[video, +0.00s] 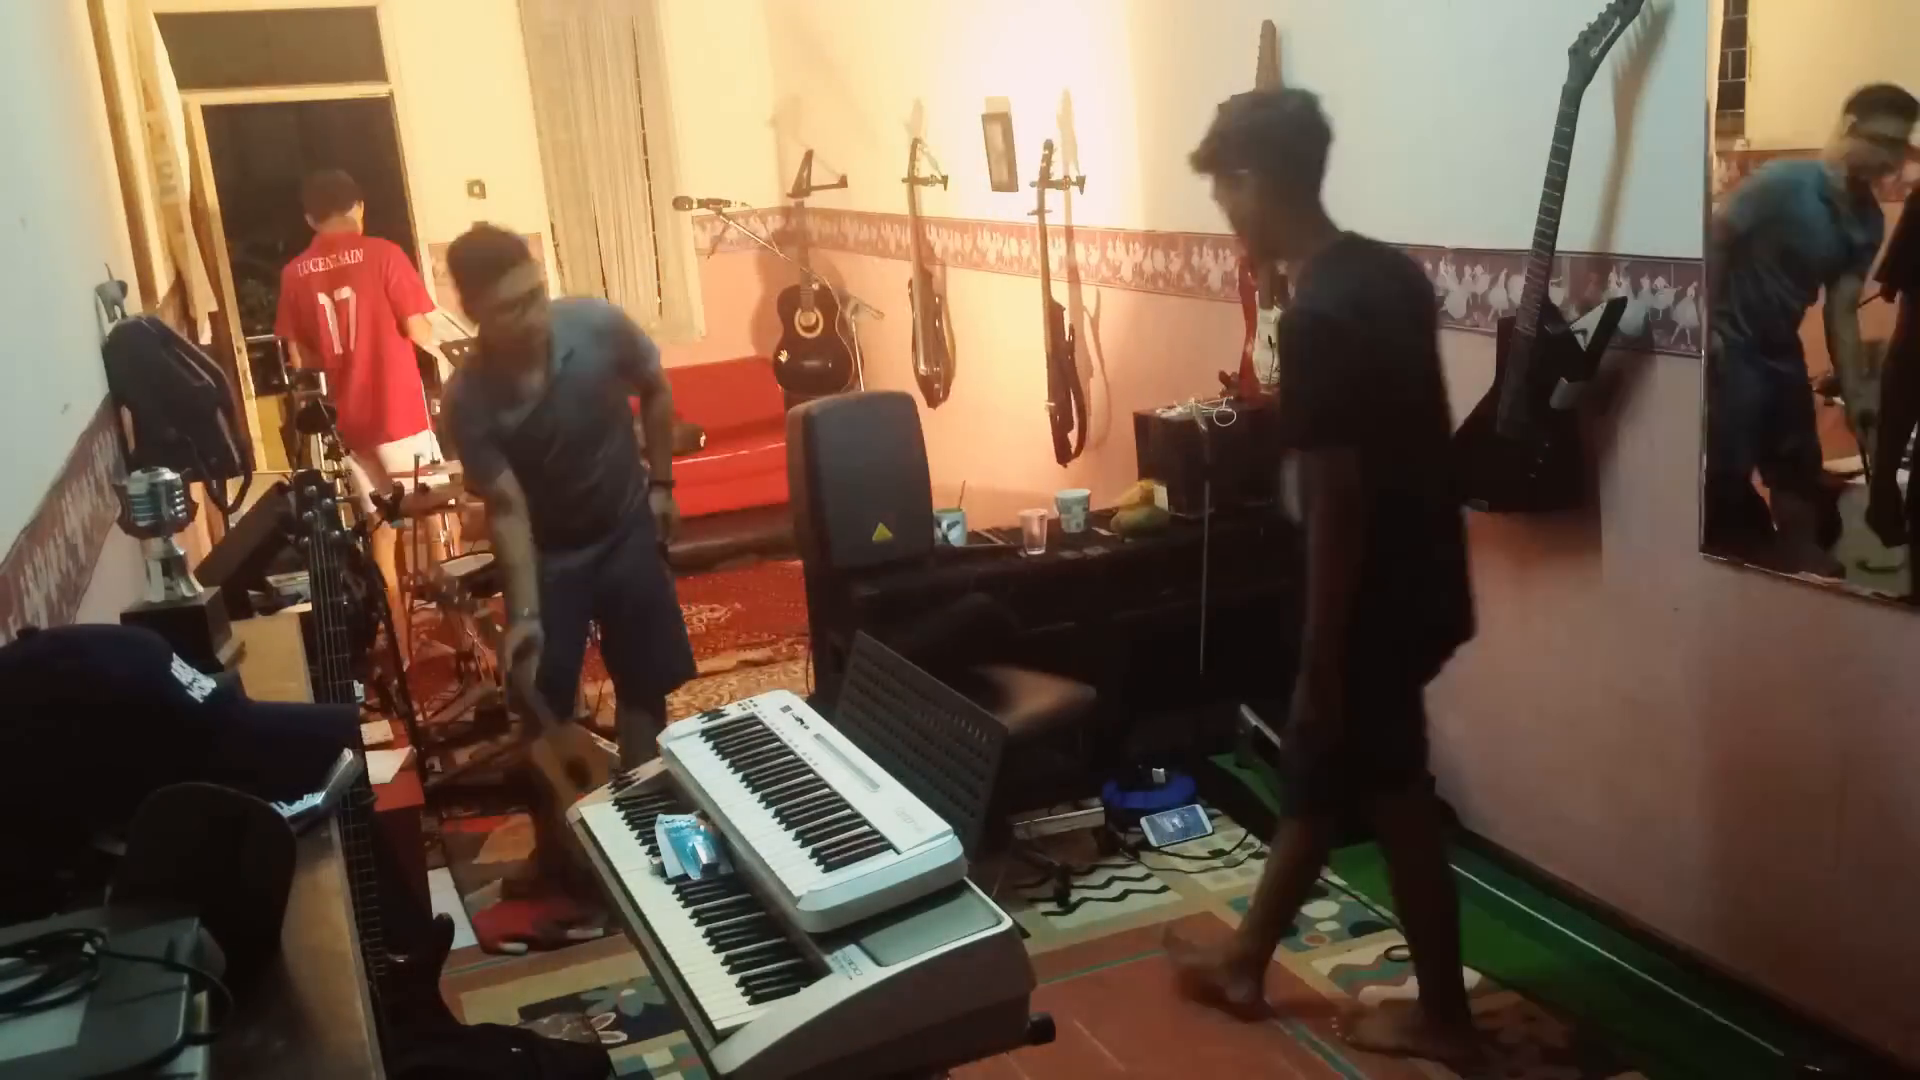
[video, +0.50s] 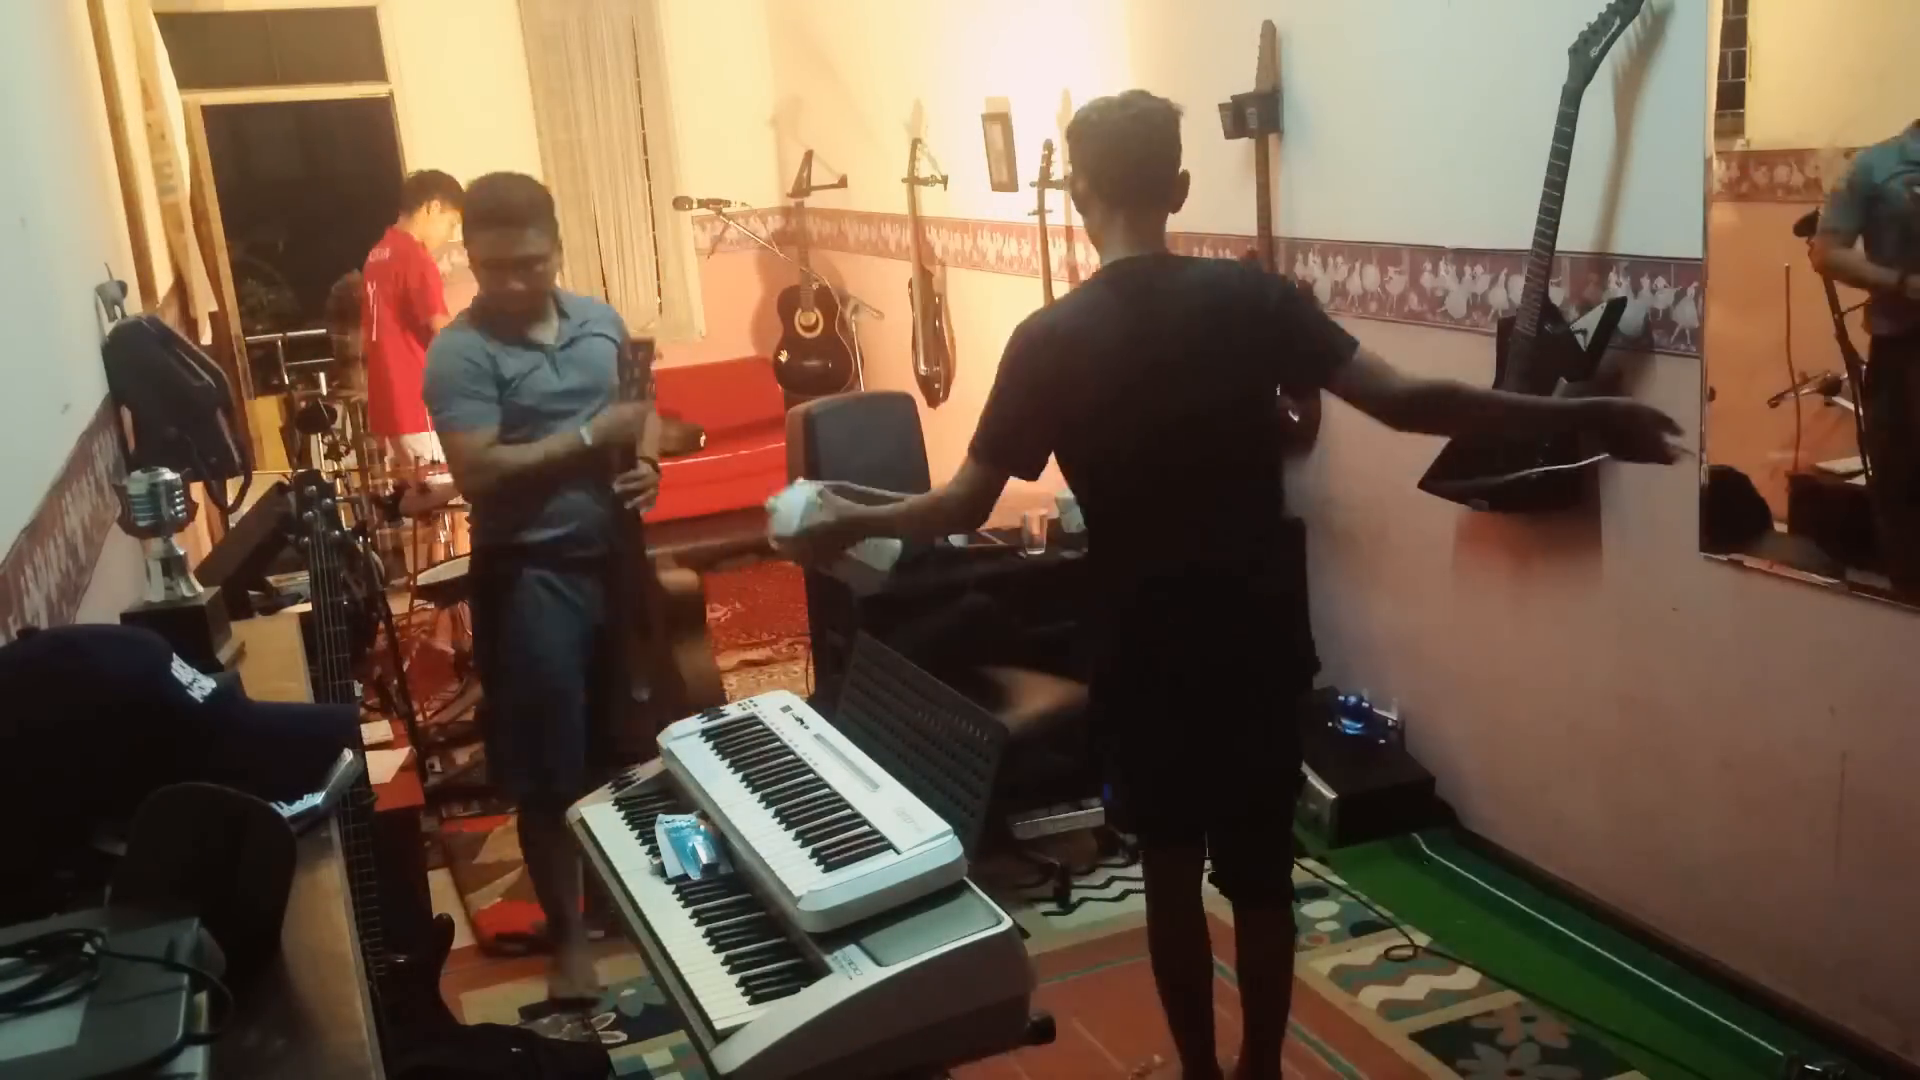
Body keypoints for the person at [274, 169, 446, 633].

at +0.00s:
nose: (360, 215)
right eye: (360, 208)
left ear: (309, 219)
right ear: (358, 209)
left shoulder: (295, 273)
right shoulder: (383, 255)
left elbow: (301, 356)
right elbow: (419, 330)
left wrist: (342, 359)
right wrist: (456, 356)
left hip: (342, 416)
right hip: (396, 409)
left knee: (379, 526)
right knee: (429, 514)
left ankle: (395, 644)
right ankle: (458, 632)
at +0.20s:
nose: (450, 230)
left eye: (452, 219)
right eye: (447, 219)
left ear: (400, 212)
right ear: (423, 214)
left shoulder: (365, 252)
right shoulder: (436, 279)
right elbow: (485, 341)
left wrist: (443, 266)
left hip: (391, 421)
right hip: (440, 426)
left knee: (425, 531)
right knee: (456, 537)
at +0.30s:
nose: (437, 213)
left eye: (436, 202)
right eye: (431, 203)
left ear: (399, 207)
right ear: (407, 207)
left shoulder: (362, 259)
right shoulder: (413, 273)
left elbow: (367, 340)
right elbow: (438, 357)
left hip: (388, 419)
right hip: (421, 423)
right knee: (437, 528)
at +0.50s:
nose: (450, 235)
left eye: (455, 226)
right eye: (451, 223)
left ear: (423, 208)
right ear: (431, 209)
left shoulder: (378, 254)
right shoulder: (414, 256)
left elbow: (369, 338)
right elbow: (440, 327)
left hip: (388, 405)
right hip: (416, 406)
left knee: (416, 512)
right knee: (446, 509)